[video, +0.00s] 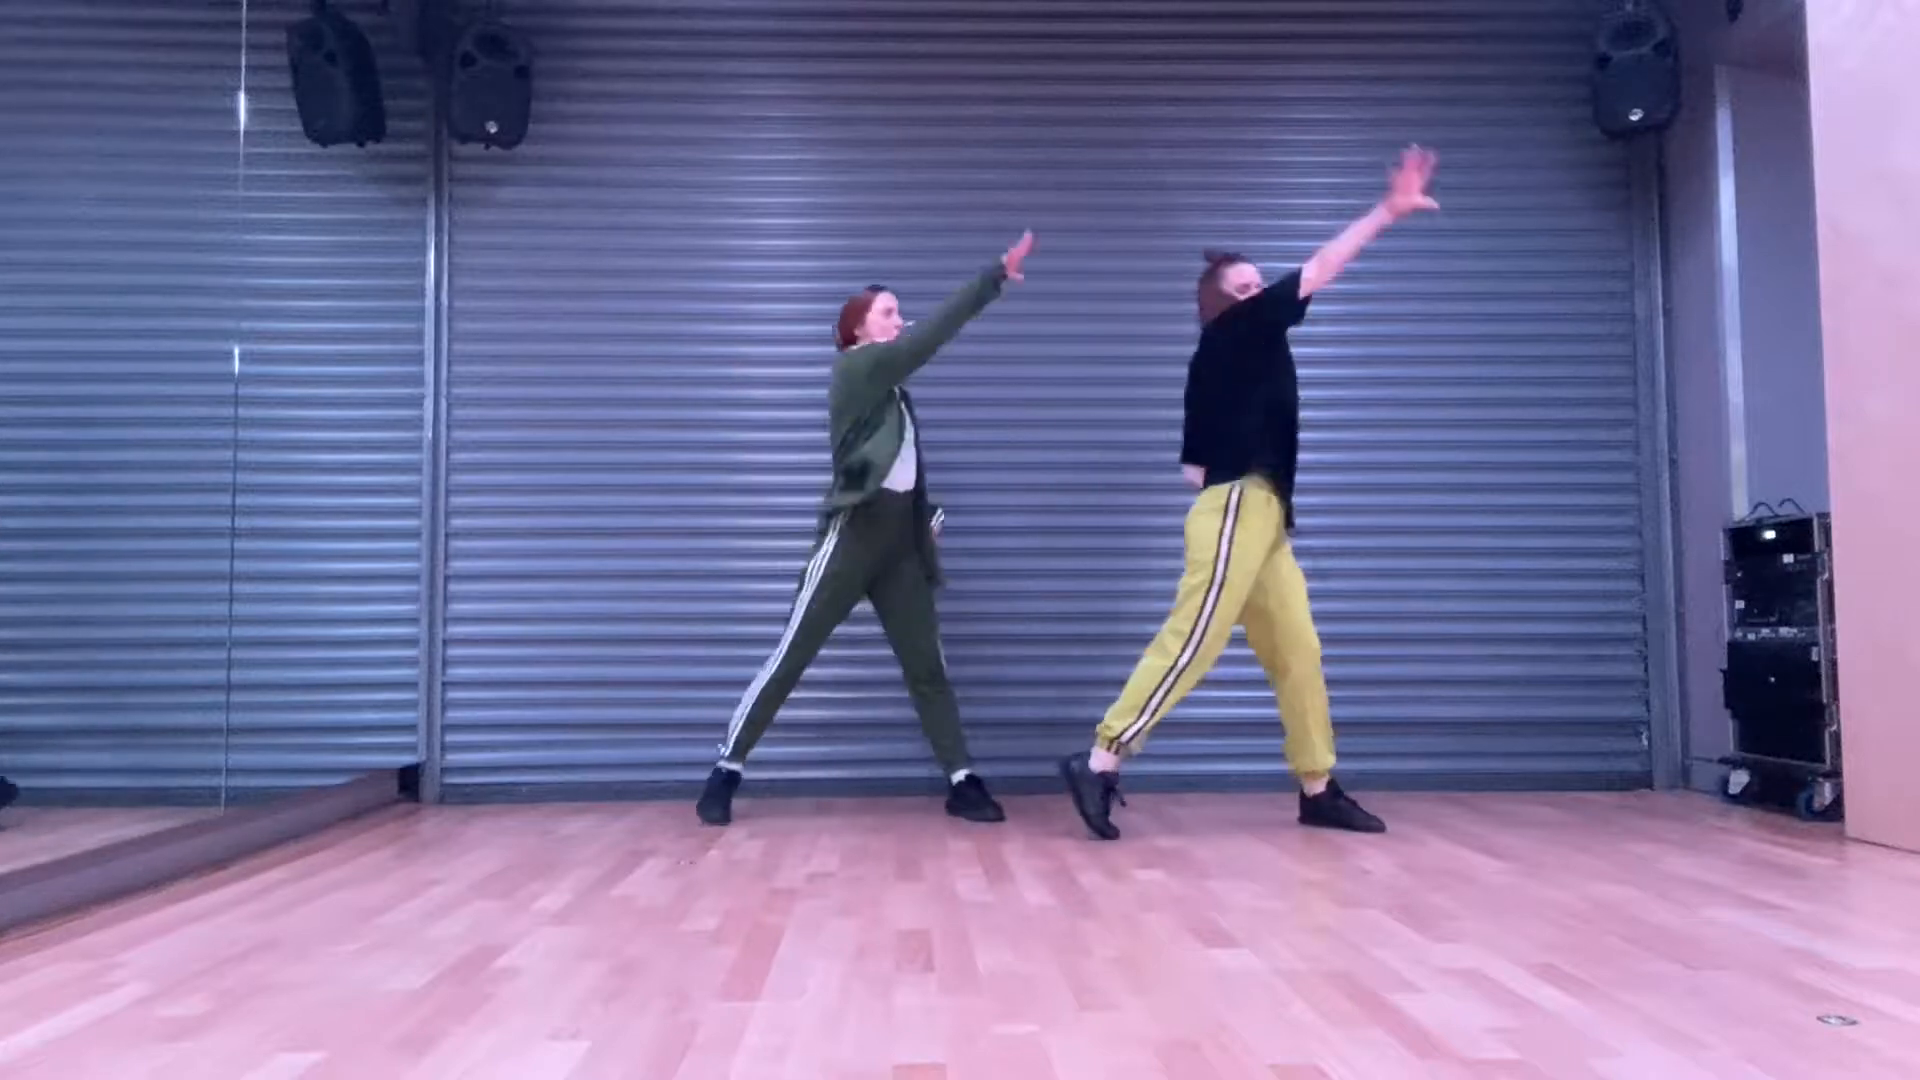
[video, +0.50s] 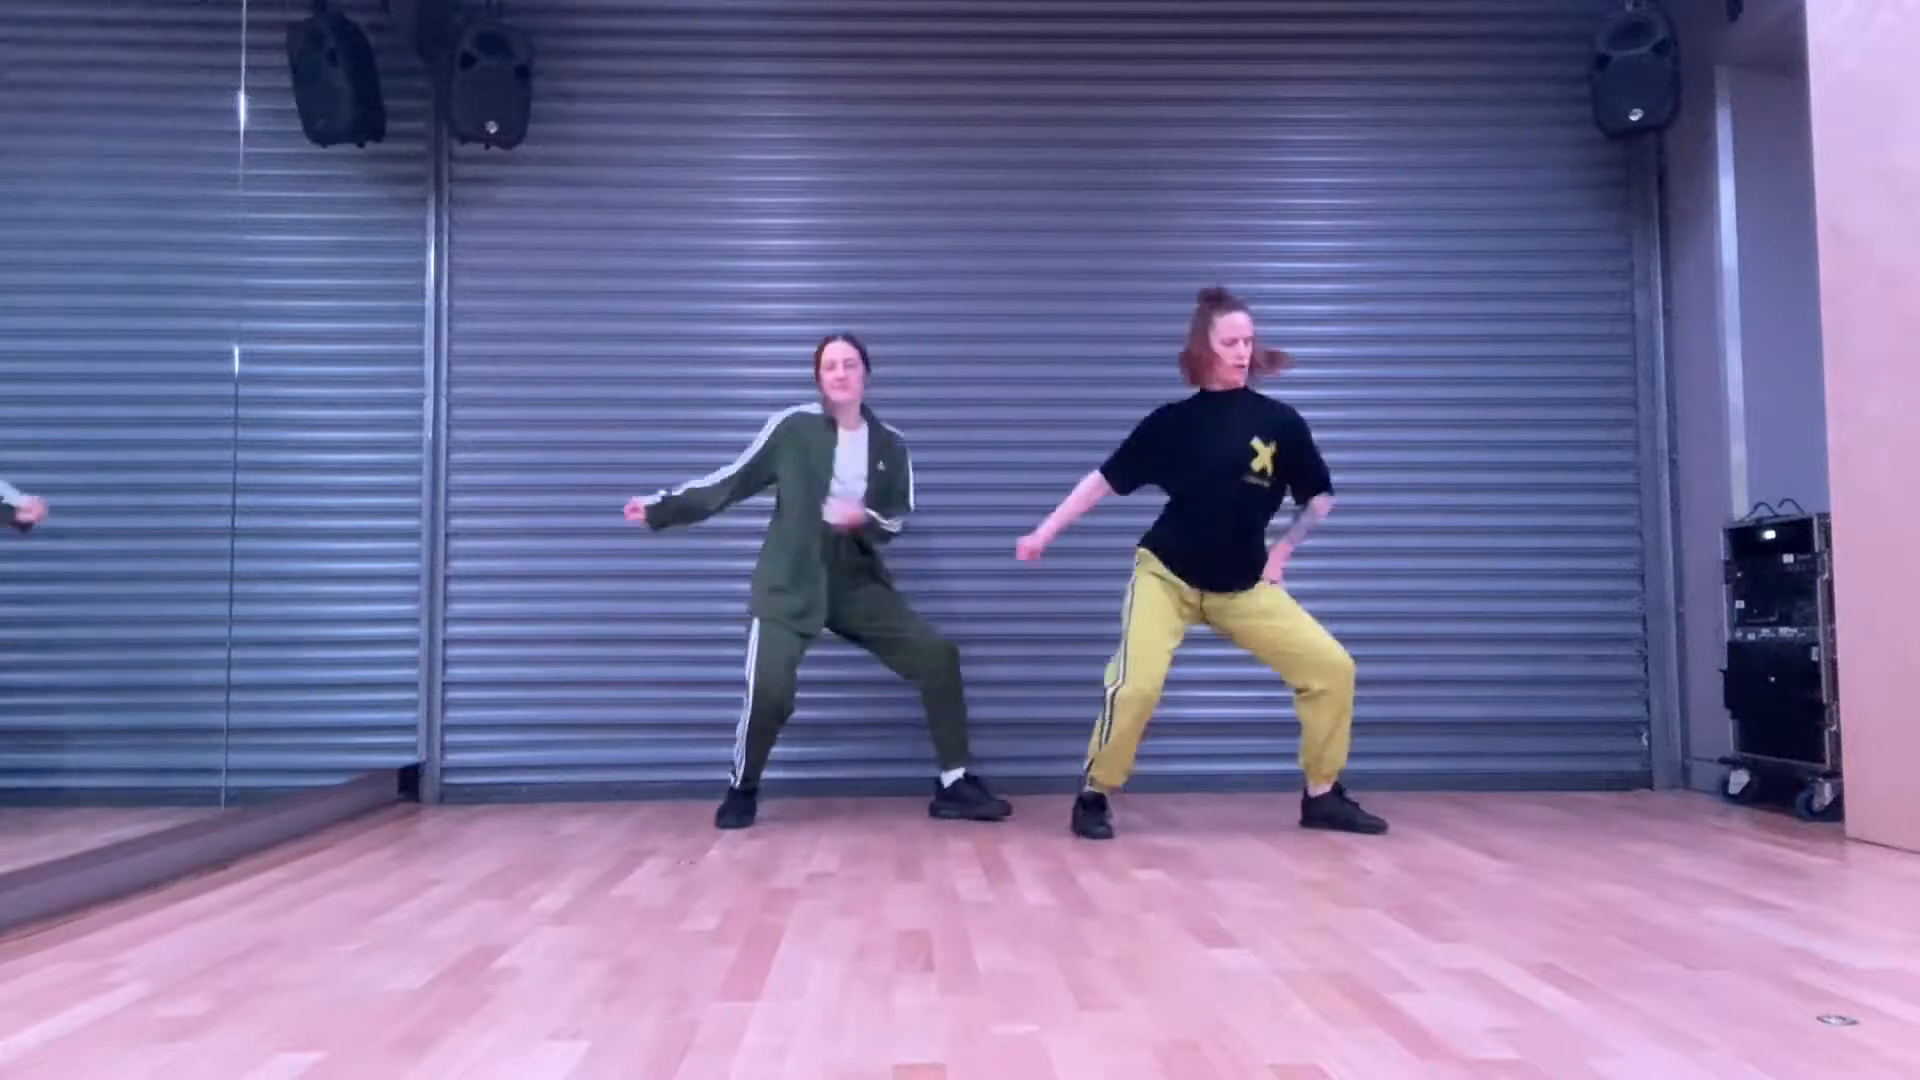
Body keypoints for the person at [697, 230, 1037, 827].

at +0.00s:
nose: (900, 322)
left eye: (899, 315)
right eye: (888, 314)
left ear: (887, 326)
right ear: (857, 327)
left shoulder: (891, 380)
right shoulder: (854, 367)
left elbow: (900, 466)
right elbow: (925, 337)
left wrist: (925, 517)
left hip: (902, 533)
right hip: (854, 528)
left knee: (927, 667)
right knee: (793, 654)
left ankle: (961, 780)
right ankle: (727, 770)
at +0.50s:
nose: (840, 373)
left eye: (849, 364)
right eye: (830, 367)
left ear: (866, 376)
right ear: (817, 380)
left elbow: (896, 521)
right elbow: (731, 482)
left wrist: (866, 519)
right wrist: (660, 507)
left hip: (856, 588)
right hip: (788, 586)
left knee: (938, 659)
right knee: (770, 696)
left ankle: (955, 784)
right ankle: (743, 790)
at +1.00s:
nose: (821, 369)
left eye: (833, 361)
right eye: (815, 362)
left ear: (859, 375)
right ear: (809, 374)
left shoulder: (877, 440)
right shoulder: (803, 439)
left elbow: (909, 516)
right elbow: (793, 522)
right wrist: (729, 547)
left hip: (896, 583)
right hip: (837, 586)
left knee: (913, 693)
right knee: (762, 663)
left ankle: (965, 784)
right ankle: (748, 788)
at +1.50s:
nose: (841, 377)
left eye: (852, 367)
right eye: (836, 370)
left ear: (881, 374)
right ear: (833, 379)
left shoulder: (908, 422)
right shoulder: (838, 429)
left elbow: (928, 505)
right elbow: (816, 511)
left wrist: (944, 524)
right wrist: (748, 517)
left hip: (883, 583)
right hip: (821, 580)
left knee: (908, 694)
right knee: (739, 664)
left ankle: (963, 784)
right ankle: (745, 787)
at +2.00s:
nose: (733, 363)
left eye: (741, 352)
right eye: (727, 355)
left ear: (773, 354)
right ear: (728, 363)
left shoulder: (812, 404)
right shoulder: (747, 415)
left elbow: (839, 481)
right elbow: (755, 493)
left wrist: (822, 521)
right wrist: (718, 526)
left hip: (789, 562)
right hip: (740, 565)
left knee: (808, 680)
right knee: (710, 673)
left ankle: (906, 752)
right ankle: (761, 788)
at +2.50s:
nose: (725, 319)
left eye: (738, 311)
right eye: (725, 310)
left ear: (769, 325)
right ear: (729, 322)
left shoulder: (786, 372)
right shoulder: (740, 374)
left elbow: (857, 412)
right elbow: (756, 423)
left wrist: (884, 446)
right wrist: (729, 397)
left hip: (799, 525)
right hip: (746, 520)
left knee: (802, 655)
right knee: (706, 607)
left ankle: (806, 778)